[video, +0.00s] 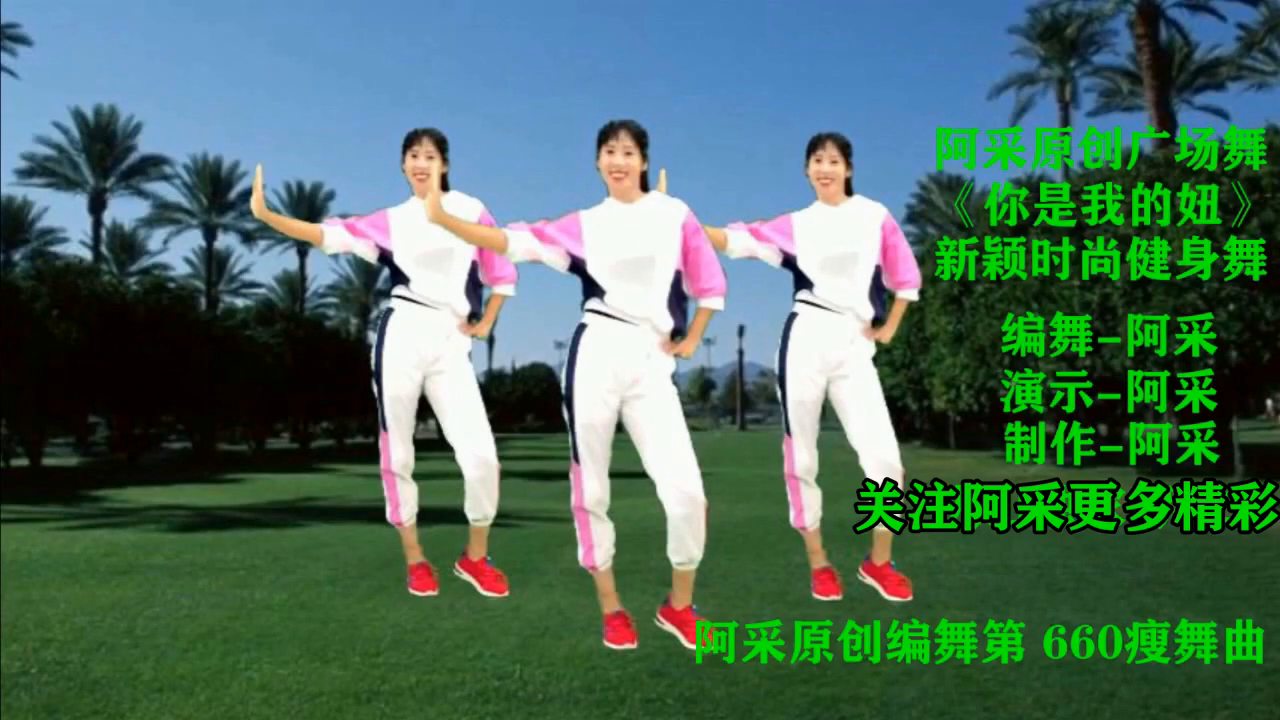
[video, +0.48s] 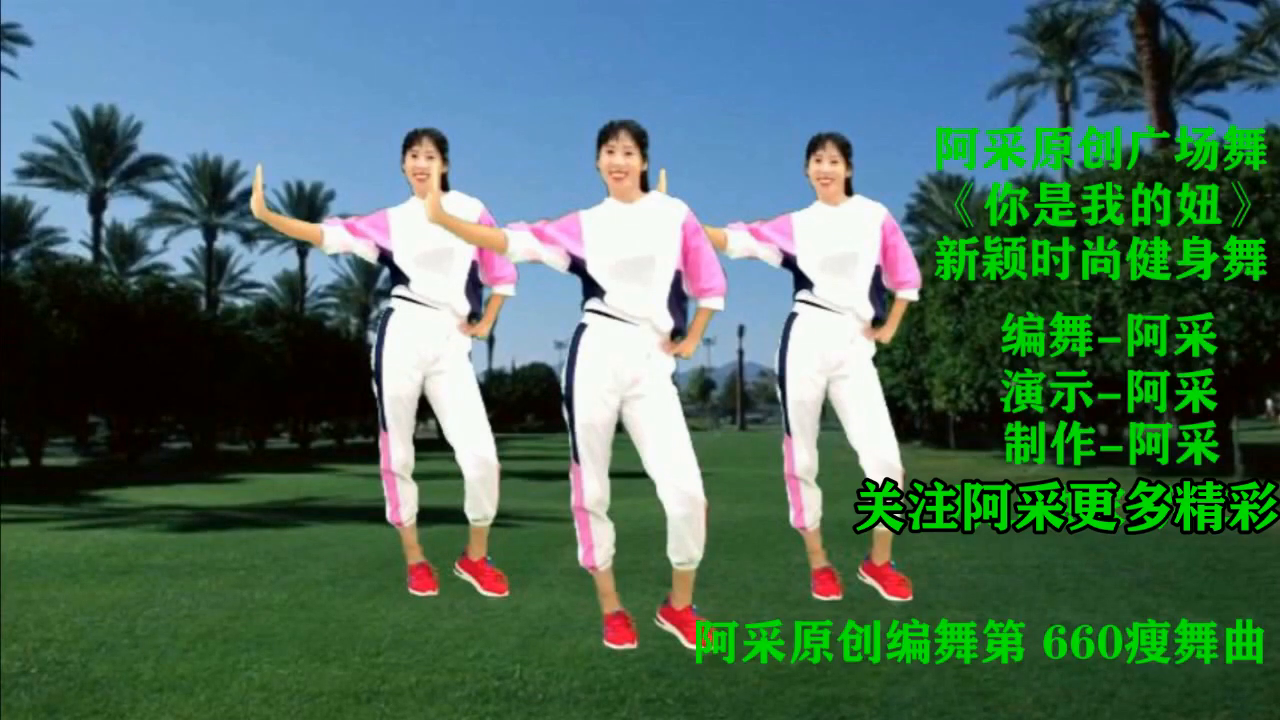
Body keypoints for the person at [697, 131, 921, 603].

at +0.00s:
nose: (825, 168)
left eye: (833, 161)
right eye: (818, 161)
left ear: (848, 169)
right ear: (807, 170)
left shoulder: (876, 217)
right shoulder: (797, 223)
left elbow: (907, 277)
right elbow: (734, 238)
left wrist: (888, 329)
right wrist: (683, 224)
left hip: (855, 340)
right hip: (806, 336)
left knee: (886, 459)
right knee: (802, 458)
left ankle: (879, 562)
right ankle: (819, 565)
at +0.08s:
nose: (825, 168)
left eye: (833, 161)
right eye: (818, 161)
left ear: (848, 169)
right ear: (807, 171)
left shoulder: (876, 217)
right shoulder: (797, 223)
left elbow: (907, 277)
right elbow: (734, 238)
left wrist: (888, 330)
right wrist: (682, 224)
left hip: (855, 340)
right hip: (806, 336)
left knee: (885, 458)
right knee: (802, 458)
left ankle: (879, 562)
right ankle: (819, 565)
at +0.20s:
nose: (825, 168)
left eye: (833, 161)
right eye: (818, 161)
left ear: (848, 169)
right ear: (807, 171)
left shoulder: (876, 217)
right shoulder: (797, 223)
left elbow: (907, 277)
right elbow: (734, 238)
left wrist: (888, 330)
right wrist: (682, 224)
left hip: (855, 340)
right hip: (806, 336)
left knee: (885, 458)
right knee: (802, 458)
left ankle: (879, 562)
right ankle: (819, 565)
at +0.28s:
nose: (825, 168)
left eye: (833, 161)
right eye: (818, 161)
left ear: (848, 169)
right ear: (807, 171)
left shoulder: (876, 217)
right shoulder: (797, 223)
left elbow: (907, 277)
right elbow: (734, 238)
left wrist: (888, 329)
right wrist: (683, 224)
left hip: (855, 340)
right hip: (806, 336)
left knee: (886, 459)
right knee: (802, 459)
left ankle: (879, 562)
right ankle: (819, 565)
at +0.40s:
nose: (825, 168)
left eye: (833, 161)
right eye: (818, 161)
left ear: (848, 169)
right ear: (807, 171)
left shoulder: (875, 217)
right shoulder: (797, 223)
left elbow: (907, 277)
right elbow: (734, 238)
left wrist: (888, 329)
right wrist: (683, 224)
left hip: (855, 340)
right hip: (806, 336)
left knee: (886, 459)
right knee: (802, 459)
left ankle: (879, 562)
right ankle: (819, 565)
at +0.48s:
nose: (825, 168)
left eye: (833, 161)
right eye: (818, 161)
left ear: (848, 169)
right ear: (807, 171)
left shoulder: (875, 217)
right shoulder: (797, 223)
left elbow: (907, 277)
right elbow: (734, 238)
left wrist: (888, 329)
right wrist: (683, 224)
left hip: (855, 340)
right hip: (806, 336)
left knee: (886, 459)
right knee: (802, 459)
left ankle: (879, 562)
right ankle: (819, 565)